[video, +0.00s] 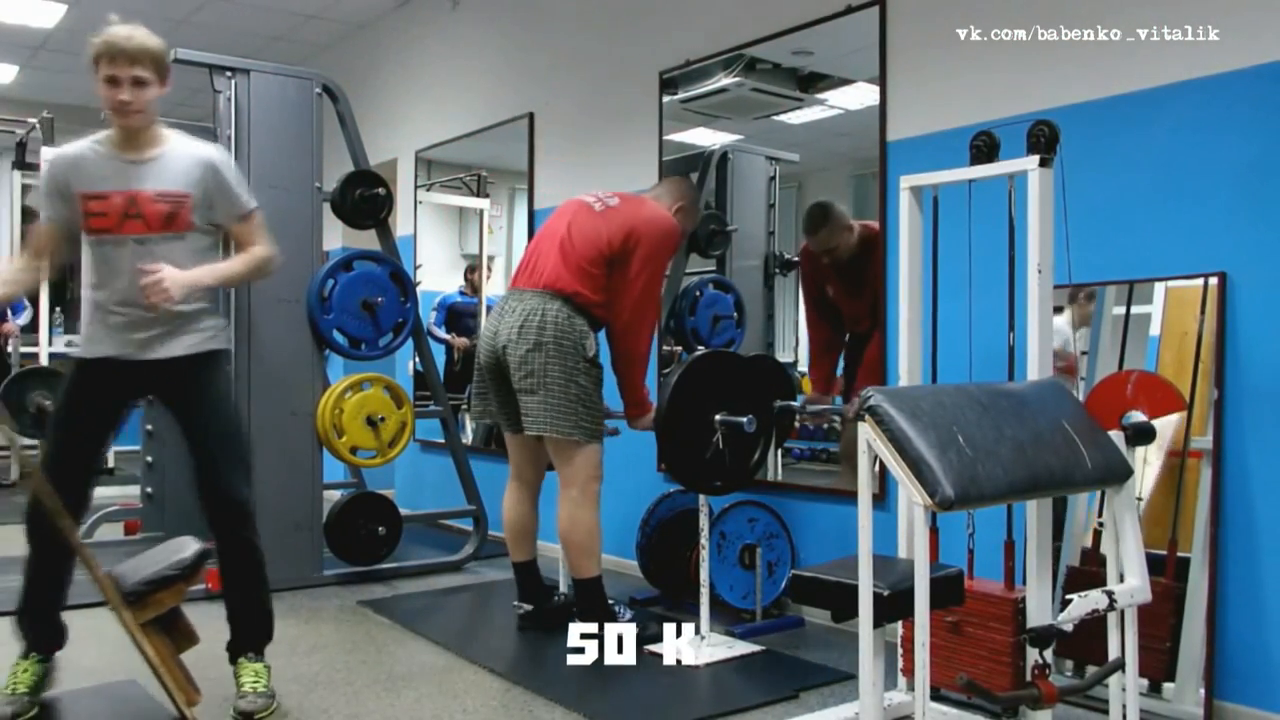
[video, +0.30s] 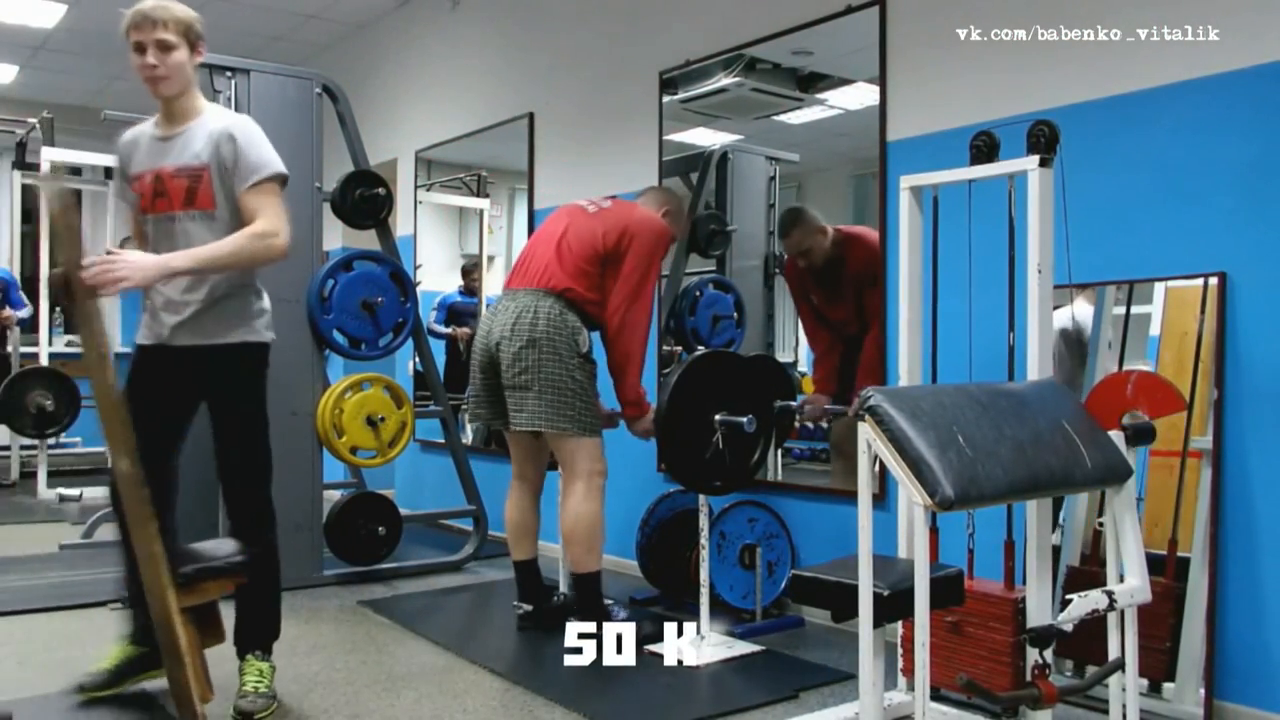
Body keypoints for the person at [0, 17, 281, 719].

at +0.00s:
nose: (124, 94)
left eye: (137, 82)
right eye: (112, 82)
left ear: (162, 86)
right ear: (97, 87)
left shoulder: (203, 162)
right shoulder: (66, 166)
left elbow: (263, 253)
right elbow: (40, 257)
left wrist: (191, 278)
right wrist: (2, 288)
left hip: (193, 354)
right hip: (102, 355)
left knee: (231, 499)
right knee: (53, 501)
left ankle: (250, 655)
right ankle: (37, 652)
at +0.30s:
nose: (152, 61)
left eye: (165, 48)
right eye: (141, 51)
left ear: (197, 53)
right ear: (131, 62)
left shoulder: (234, 132)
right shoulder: (133, 146)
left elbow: (273, 235)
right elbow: (139, 244)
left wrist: (158, 266)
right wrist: (99, 272)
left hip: (236, 342)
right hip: (161, 343)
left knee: (247, 498)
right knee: (139, 490)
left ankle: (256, 655)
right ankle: (148, 639)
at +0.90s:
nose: (49, 65)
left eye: (59, 51)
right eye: (47, 54)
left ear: (105, 51)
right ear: (85, 58)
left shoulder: (157, 136)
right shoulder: (74, 152)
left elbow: (170, 247)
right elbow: (89, 259)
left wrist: (52, 247)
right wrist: (35, 268)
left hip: (154, 350)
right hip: (86, 349)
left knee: (185, 501)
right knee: (47, 500)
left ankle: (245, 648)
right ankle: (51, 669)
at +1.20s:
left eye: (3, 25)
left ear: (37, 33)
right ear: (24, 36)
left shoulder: (82, 119)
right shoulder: (10, 131)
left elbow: (103, 237)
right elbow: (30, 239)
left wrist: (5, 255)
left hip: (98, 325)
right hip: (38, 335)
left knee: (90, 490)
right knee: (25, 503)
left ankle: (123, 682)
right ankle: (54, 670)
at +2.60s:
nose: (54, 13)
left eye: (74, 2)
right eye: (48, 2)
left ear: (114, 20)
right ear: (39, 15)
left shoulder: (145, 115)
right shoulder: (25, 113)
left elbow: (197, 237)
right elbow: (10, 213)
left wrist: (66, 265)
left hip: (146, 346)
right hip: (67, 347)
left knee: (155, 517)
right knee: (73, 501)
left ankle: (164, 685)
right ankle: (94, 647)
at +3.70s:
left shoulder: (171, 26)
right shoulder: (8, 27)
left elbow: (229, 183)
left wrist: (149, 245)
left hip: (155, 339)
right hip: (18, 351)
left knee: (177, 598)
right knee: (24, 602)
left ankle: (191, 715)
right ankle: (35, 712)